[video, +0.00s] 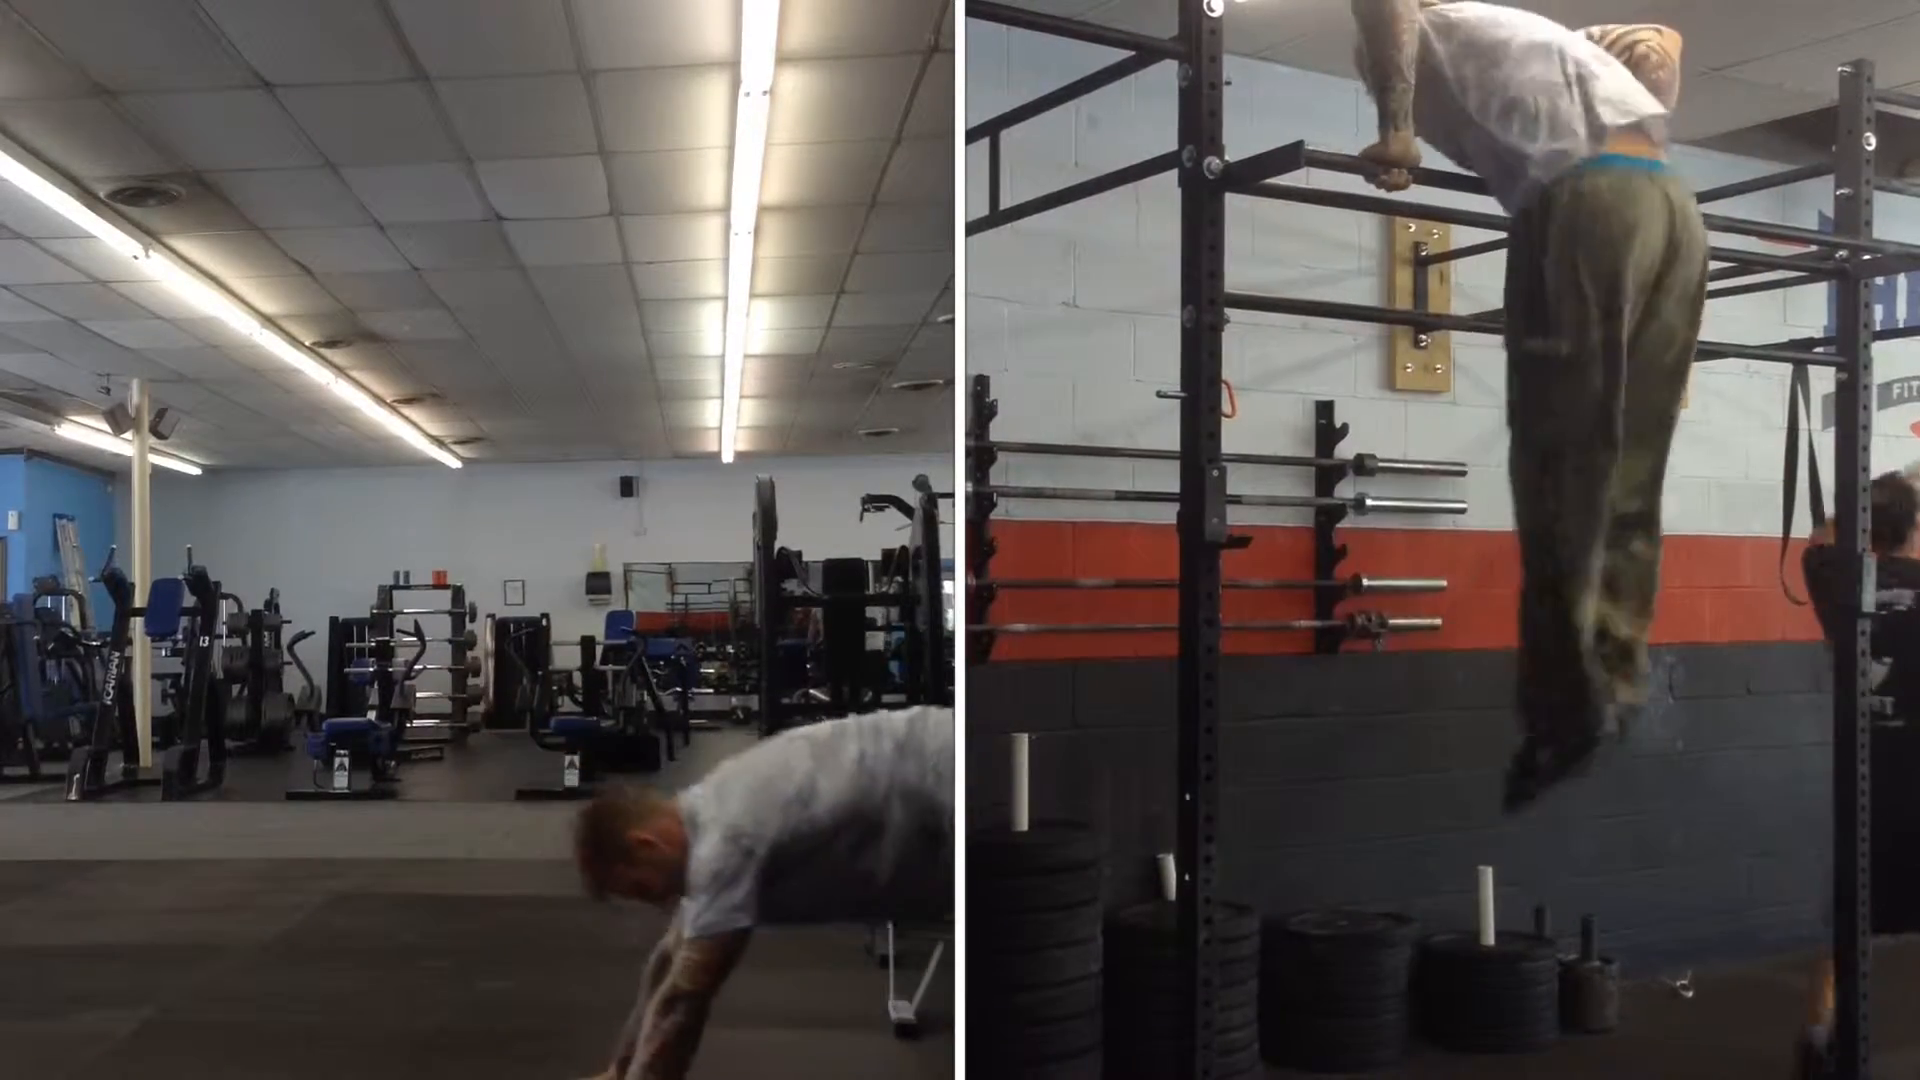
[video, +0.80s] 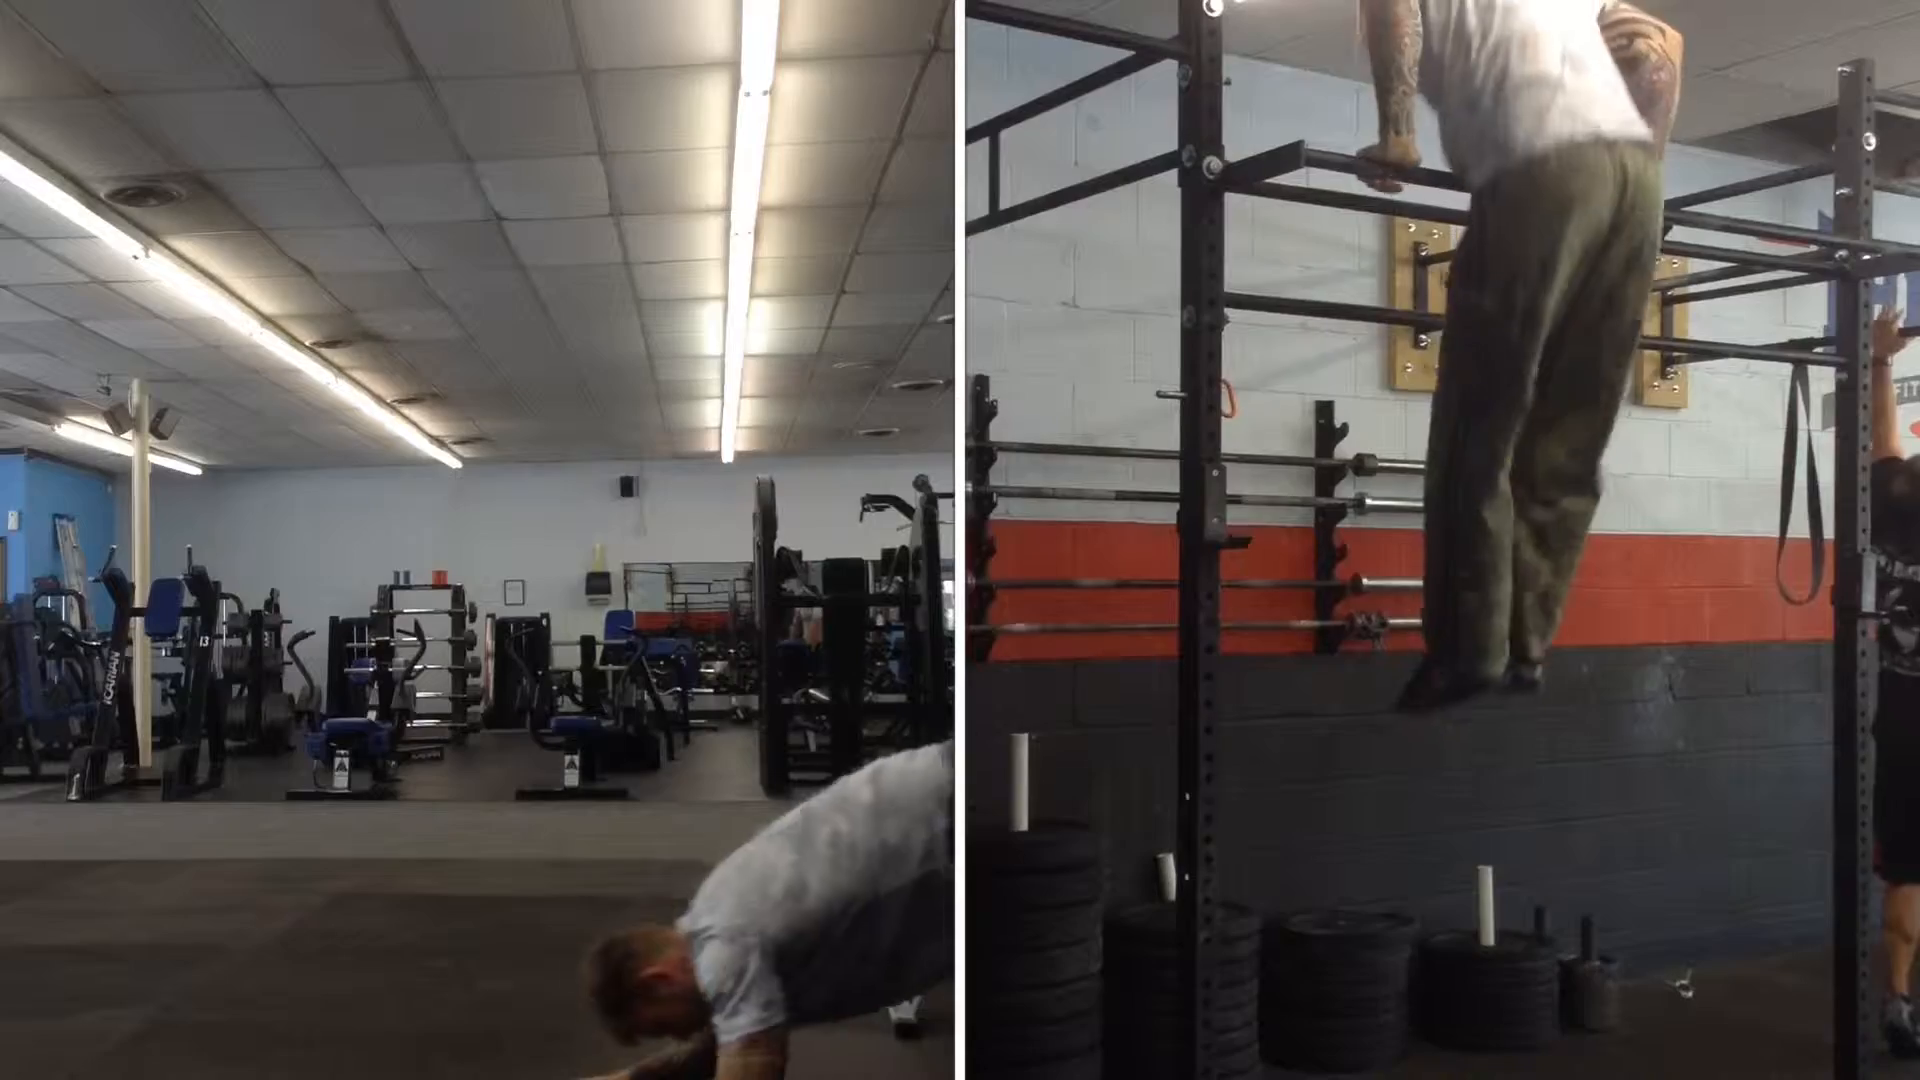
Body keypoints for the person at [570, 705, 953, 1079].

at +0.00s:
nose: (645, 899)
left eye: (633, 887)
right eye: (630, 894)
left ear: (646, 845)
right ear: (648, 834)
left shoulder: (727, 834)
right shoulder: (707, 815)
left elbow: (686, 1001)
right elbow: (669, 963)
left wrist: (635, 1076)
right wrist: (620, 1066)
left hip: (971, 775)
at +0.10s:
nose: (686, 922)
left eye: (677, 912)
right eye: (675, 918)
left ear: (684, 866)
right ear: (687, 854)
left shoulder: (754, 851)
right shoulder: (736, 831)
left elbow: (699, 1012)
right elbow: (683, 968)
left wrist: (642, 1078)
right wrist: (622, 1070)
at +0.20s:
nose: (722, 938)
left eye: (714, 930)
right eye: (711, 936)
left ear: (718, 887)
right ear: (719, 878)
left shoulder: (781, 861)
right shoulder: (760, 844)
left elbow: (714, 1014)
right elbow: (696, 971)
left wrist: (648, 1077)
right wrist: (625, 1066)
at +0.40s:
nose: (759, 983)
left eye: (751, 973)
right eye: (743, 981)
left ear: (753, 922)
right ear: (751, 914)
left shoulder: (809, 890)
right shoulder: (781, 874)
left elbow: (732, 1033)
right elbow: (712, 993)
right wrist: (628, 1070)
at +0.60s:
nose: (747, 1010)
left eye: (734, 1000)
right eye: (730, 1012)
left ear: (728, 955)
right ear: (728, 941)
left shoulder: (791, 917)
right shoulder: (766, 900)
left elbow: (750, 1066)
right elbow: (714, 1025)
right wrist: (629, 1073)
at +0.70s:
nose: (717, 1020)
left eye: (702, 1014)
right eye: (702, 1021)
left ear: (699, 969)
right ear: (697, 960)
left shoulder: (762, 929)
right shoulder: (745, 911)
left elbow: (756, 1068)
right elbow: (719, 1035)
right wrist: (632, 1072)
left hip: (975, 775)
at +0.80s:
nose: (672, 1035)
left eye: (657, 1027)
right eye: (656, 1034)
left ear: (659, 980)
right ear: (658, 972)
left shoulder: (727, 947)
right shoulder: (711, 922)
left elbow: (754, 1067)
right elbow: (725, 1043)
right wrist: (641, 1072)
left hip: (956, 795)